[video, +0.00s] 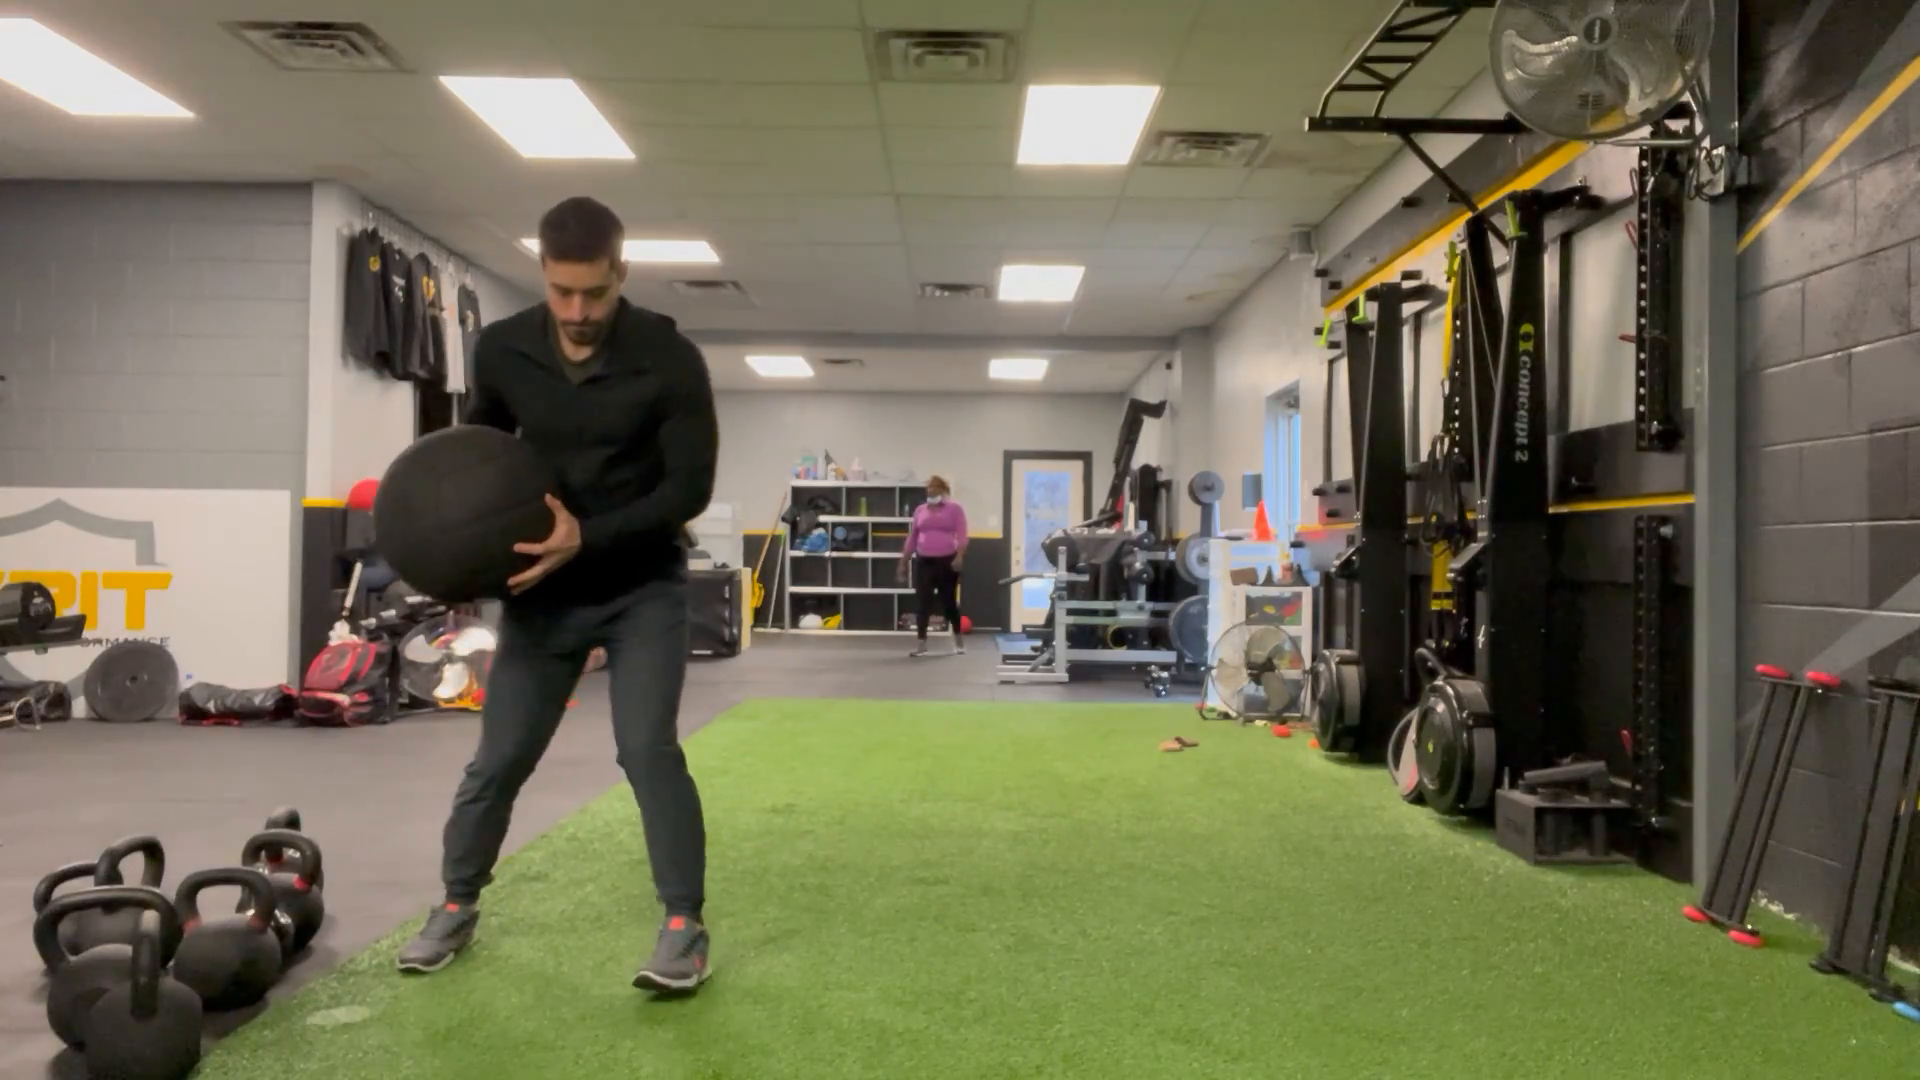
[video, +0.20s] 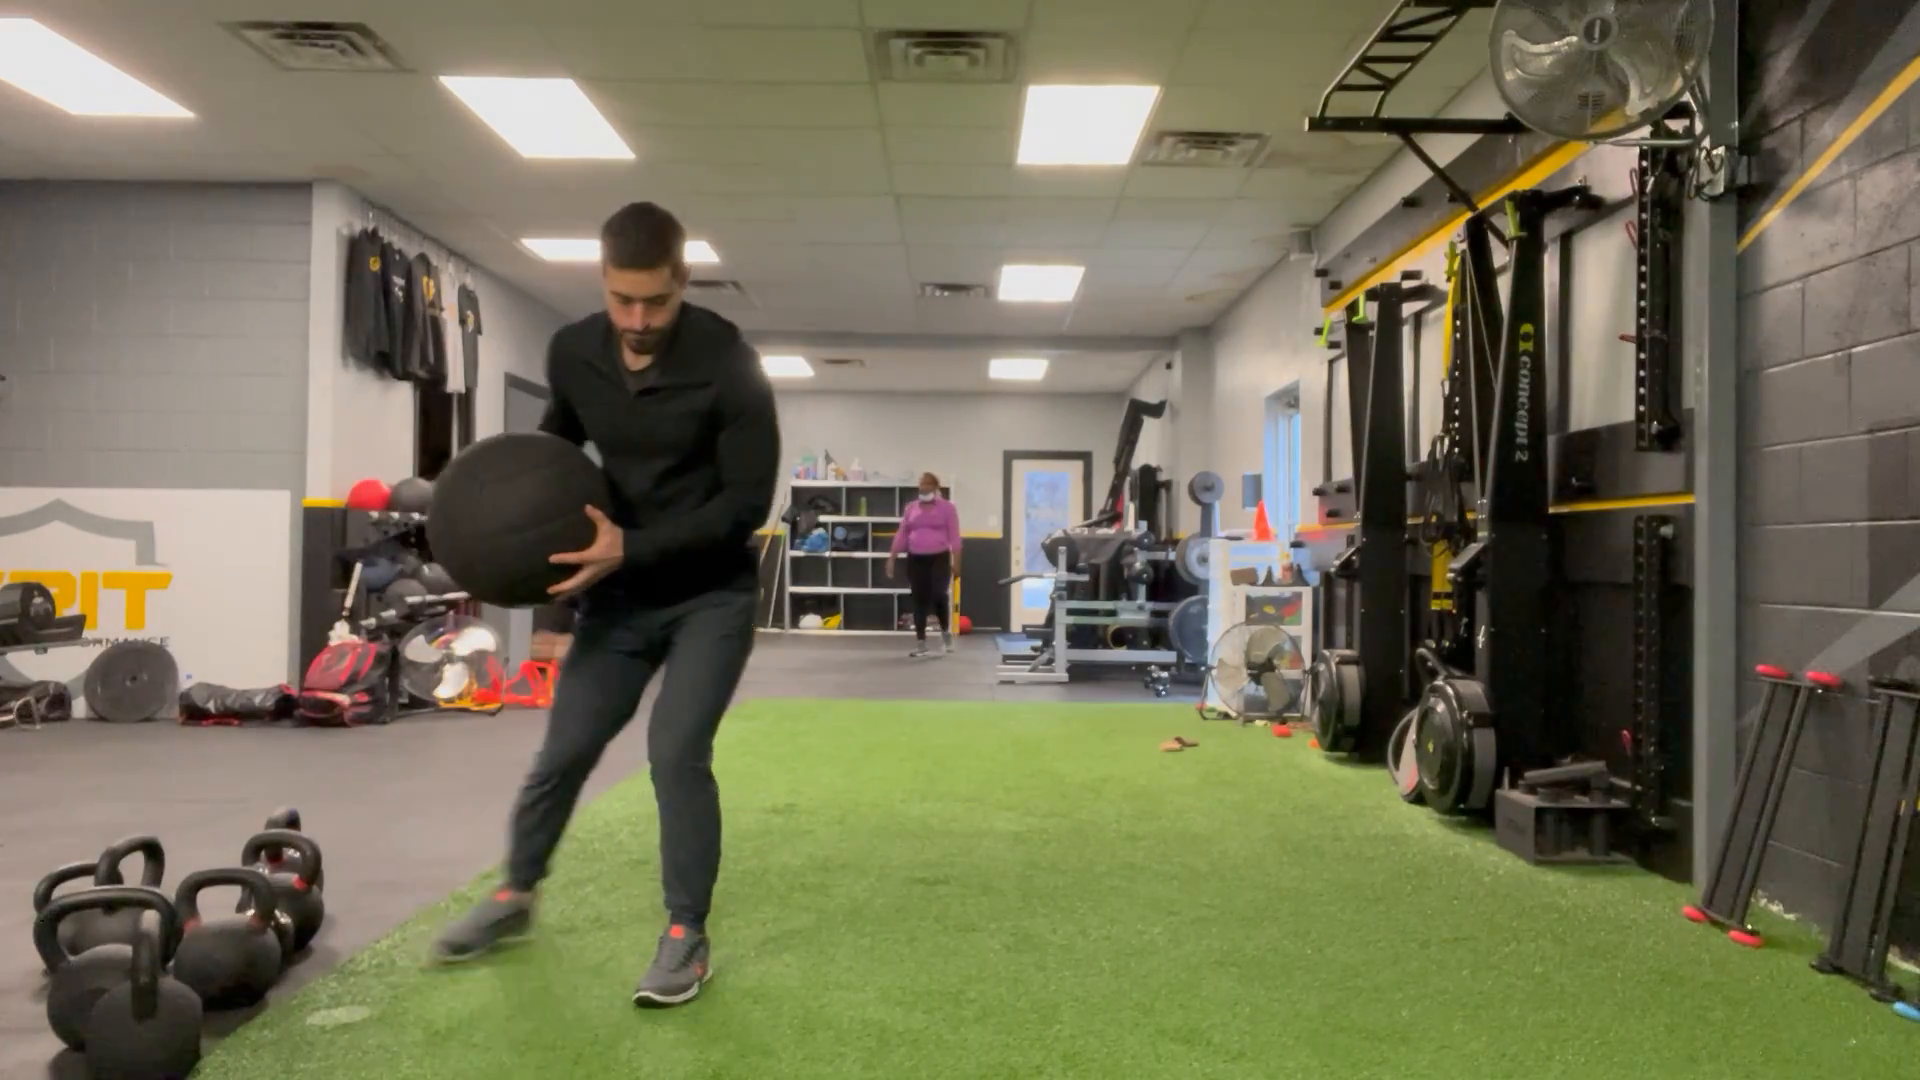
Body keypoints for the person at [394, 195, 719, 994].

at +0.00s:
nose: (578, 312)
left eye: (595, 293)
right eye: (562, 293)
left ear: (621, 276)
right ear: (541, 275)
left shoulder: (669, 356)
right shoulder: (500, 349)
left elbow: (690, 489)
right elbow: (479, 462)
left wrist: (588, 533)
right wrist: (463, 545)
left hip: (645, 584)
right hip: (544, 591)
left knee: (647, 746)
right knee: (498, 760)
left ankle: (683, 923)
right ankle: (455, 907)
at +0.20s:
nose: (638, 319)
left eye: (654, 301)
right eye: (622, 300)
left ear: (682, 283)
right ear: (601, 283)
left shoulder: (727, 360)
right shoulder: (574, 352)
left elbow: (749, 501)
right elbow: (555, 466)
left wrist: (634, 546)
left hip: (714, 591)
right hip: (621, 592)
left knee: (678, 750)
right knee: (562, 753)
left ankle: (685, 932)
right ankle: (515, 894)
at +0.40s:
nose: (704, 323)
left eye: (721, 305)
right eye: (689, 304)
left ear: (747, 290)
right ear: (666, 288)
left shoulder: (789, 377)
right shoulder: (642, 352)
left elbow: (799, 521)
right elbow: (628, 437)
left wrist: (682, 554)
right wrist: (581, 508)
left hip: (772, 597)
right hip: (680, 595)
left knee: (701, 755)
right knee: (649, 762)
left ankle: (687, 934)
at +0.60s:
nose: (791, 326)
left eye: (808, 308)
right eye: (775, 307)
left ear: (830, 294)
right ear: (747, 290)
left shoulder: (865, 380)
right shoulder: (718, 356)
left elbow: (873, 524)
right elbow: (705, 435)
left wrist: (756, 556)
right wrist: (652, 505)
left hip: (845, 600)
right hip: (755, 600)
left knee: (758, 751)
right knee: (757, 765)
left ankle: (701, 930)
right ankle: (857, 904)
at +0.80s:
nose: (891, 328)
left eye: (907, 310)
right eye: (876, 309)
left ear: (925, 299)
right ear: (844, 292)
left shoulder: (952, 385)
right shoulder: (805, 357)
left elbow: (961, 526)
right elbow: (780, 443)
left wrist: (846, 566)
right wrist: (739, 522)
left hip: (932, 590)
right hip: (841, 591)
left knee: (868, 722)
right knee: (816, 765)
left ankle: (866, 915)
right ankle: (877, 918)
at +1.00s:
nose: (1015, 332)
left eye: (1028, 316)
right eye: (1000, 313)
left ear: (1041, 308)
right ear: (961, 294)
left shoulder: (1057, 400)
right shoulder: (903, 356)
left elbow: (1037, 542)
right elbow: (840, 441)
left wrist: (920, 577)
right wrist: (793, 515)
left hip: (1018, 613)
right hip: (913, 611)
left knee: (1084, 763)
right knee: (869, 764)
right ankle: (883, 917)